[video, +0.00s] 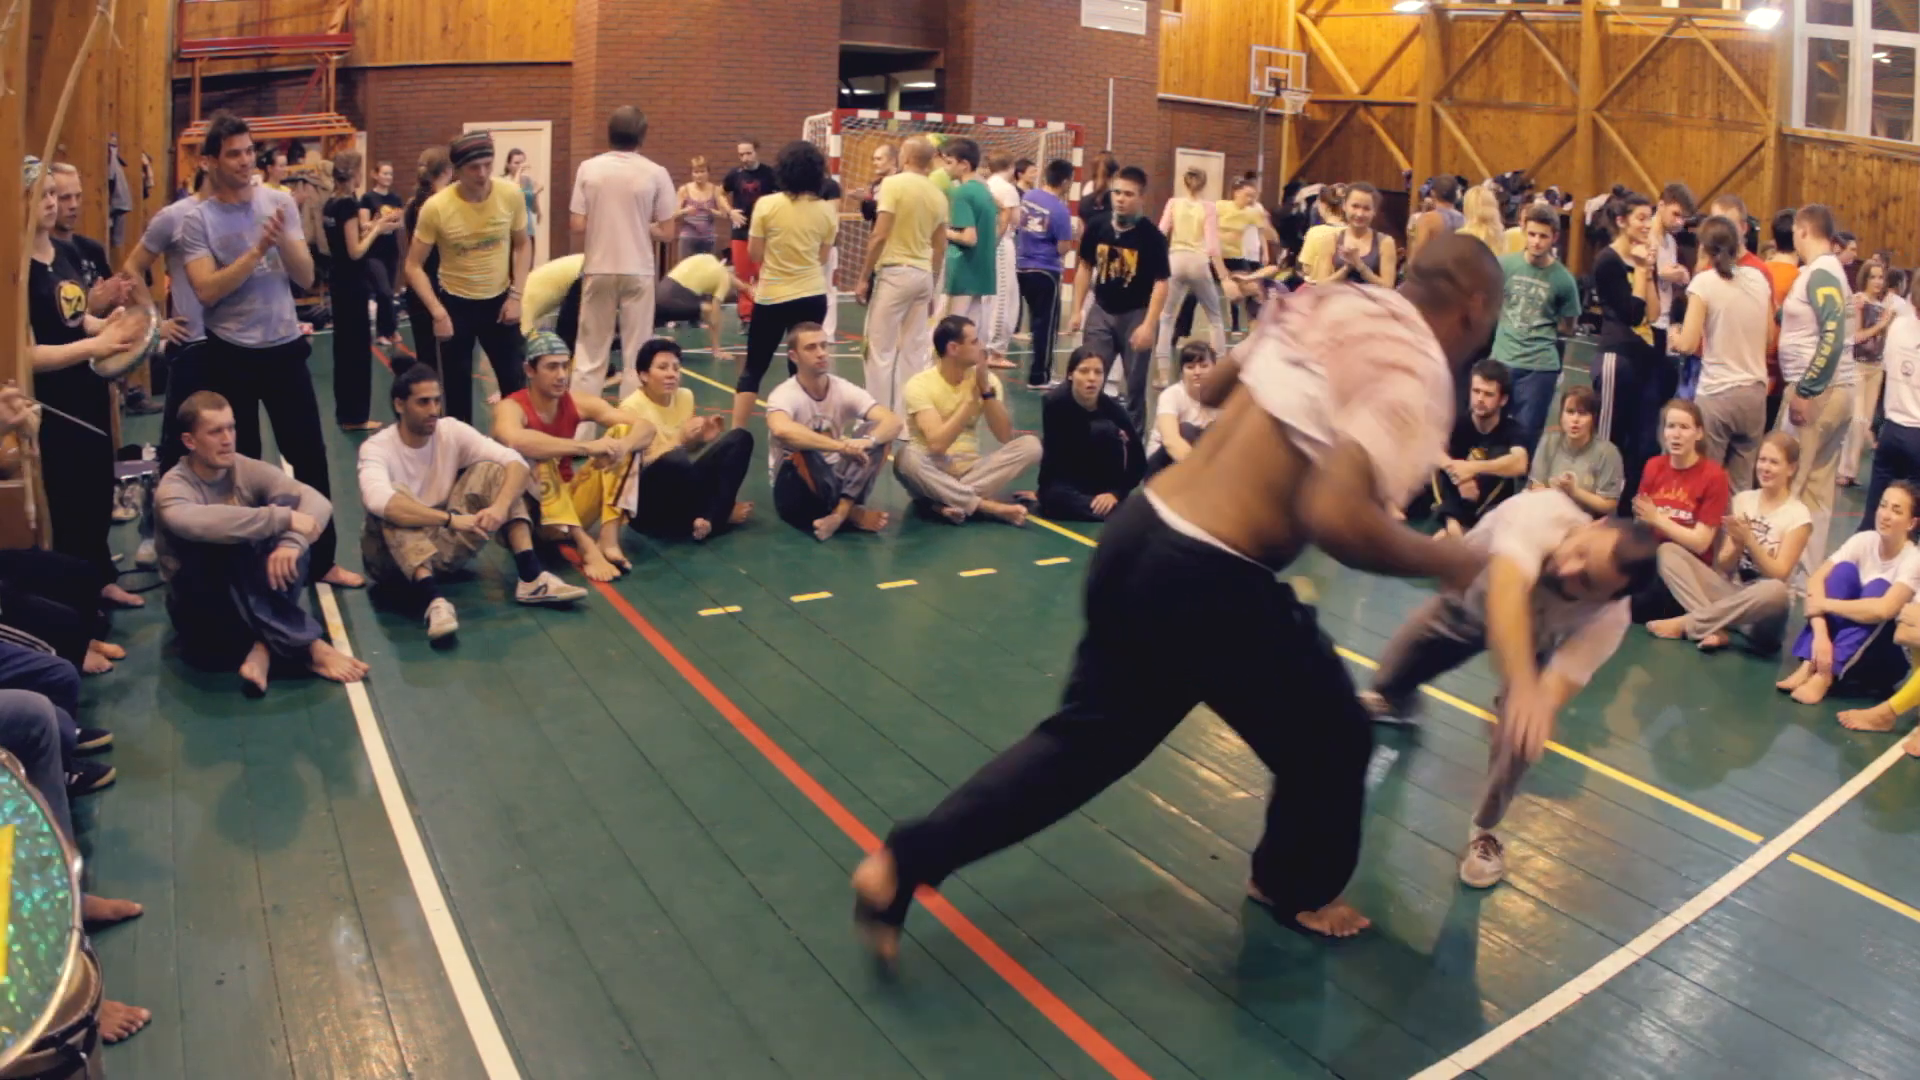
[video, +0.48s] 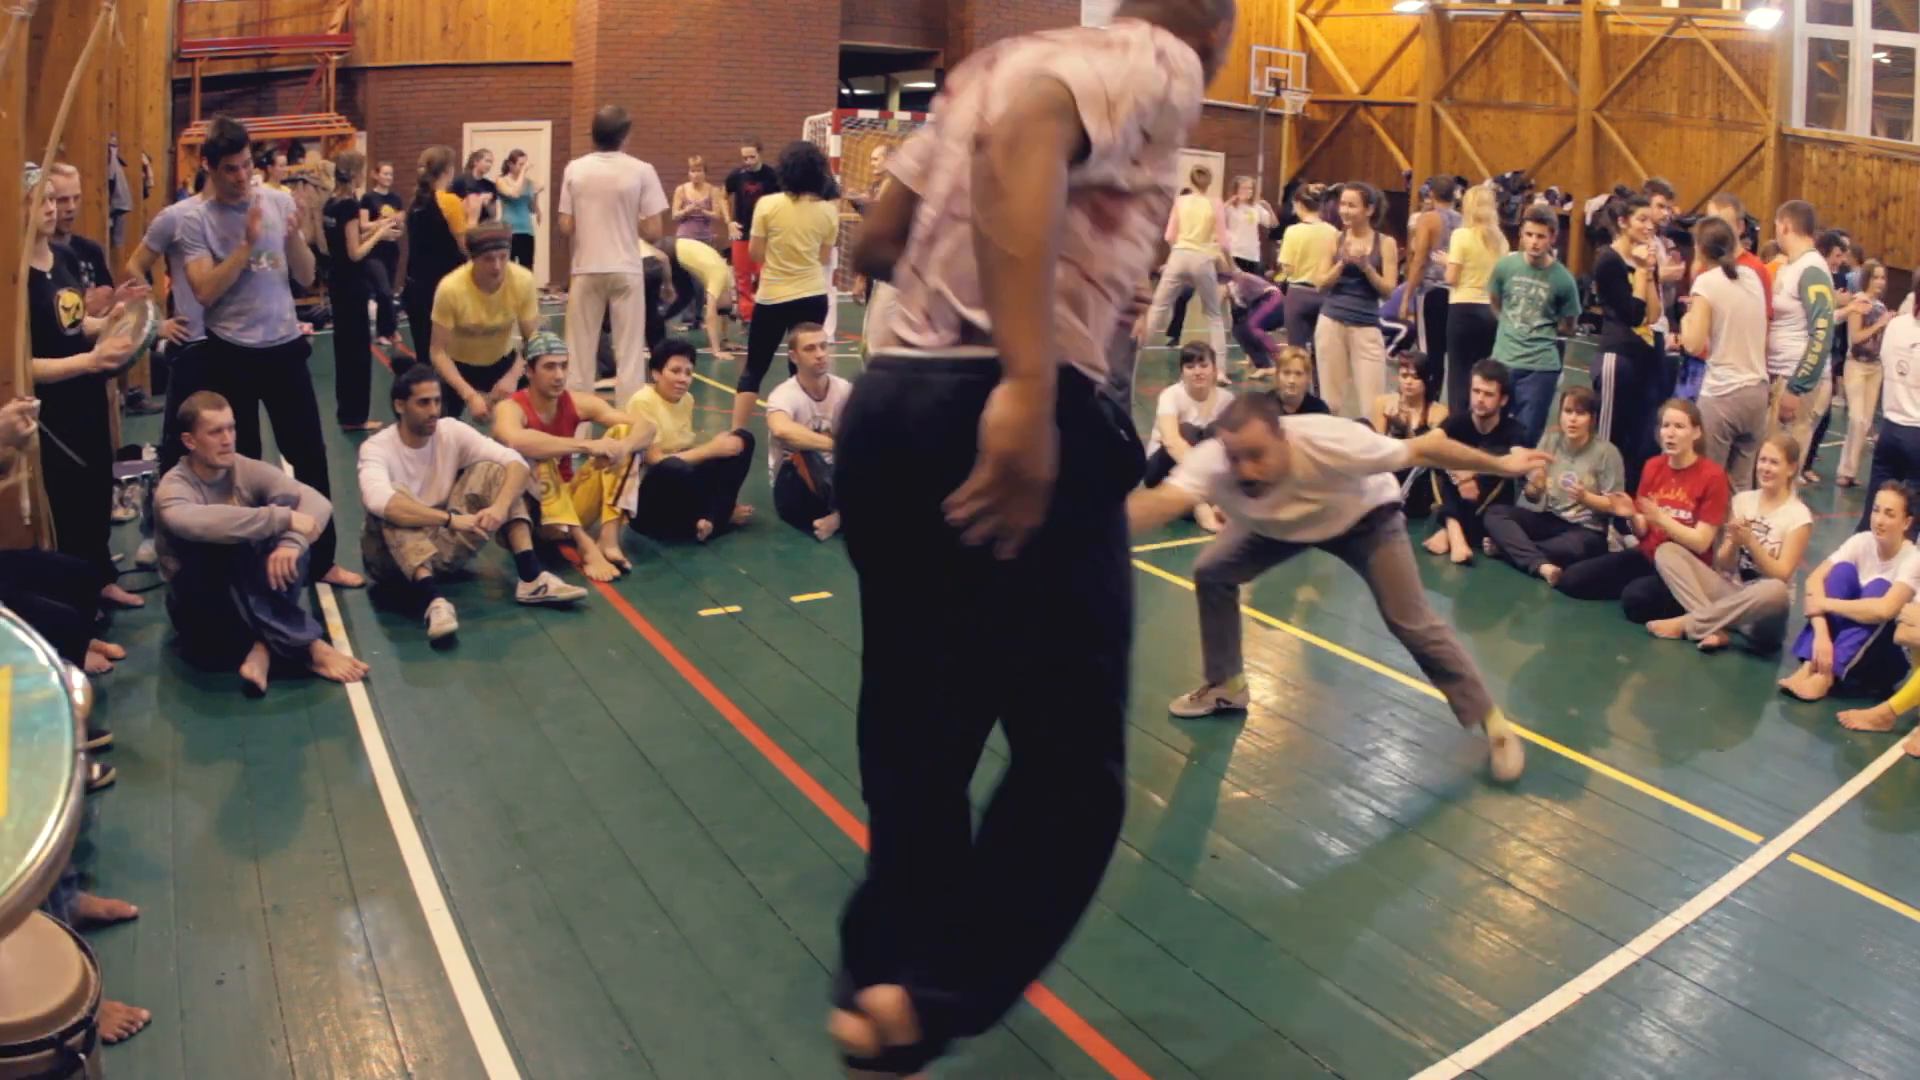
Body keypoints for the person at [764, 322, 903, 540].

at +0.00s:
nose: (821, 354)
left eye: (824, 346)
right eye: (811, 348)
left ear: (829, 348)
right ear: (793, 355)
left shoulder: (842, 389)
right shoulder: (784, 394)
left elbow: (893, 422)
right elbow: (781, 431)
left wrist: (869, 440)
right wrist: (841, 446)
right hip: (797, 500)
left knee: (877, 431)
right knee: (803, 452)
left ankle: (840, 512)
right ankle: (851, 511)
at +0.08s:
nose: (820, 354)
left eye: (823, 347)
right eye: (810, 348)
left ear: (829, 349)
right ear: (793, 355)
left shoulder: (842, 389)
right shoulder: (784, 395)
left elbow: (893, 422)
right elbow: (781, 431)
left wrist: (869, 441)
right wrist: (841, 446)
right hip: (797, 500)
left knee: (877, 430)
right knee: (804, 453)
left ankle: (840, 512)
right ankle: (852, 511)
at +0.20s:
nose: (820, 354)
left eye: (823, 347)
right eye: (810, 348)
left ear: (828, 349)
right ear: (793, 355)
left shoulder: (842, 389)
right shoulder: (784, 394)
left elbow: (893, 422)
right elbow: (781, 431)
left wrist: (870, 440)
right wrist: (841, 446)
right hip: (797, 500)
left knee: (878, 430)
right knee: (804, 452)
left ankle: (840, 512)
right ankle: (852, 511)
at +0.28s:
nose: (820, 354)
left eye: (823, 347)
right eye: (810, 349)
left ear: (828, 349)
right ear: (793, 355)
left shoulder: (842, 389)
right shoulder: (784, 394)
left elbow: (893, 422)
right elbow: (781, 431)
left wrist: (870, 440)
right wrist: (841, 447)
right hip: (797, 499)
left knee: (877, 430)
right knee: (804, 453)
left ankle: (841, 512)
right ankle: (851, 511)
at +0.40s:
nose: (820, 355)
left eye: (823, 347)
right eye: (810, 349)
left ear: (829, 349)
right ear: (793, 355)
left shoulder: (841, 389)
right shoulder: (784, 394)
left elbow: (889, 419)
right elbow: (781, 431)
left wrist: (870, 441)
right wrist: (840, 446)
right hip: (797, 496)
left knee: (876, 437)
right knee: (803, 456)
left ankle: (840, 513)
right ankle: (852, 512)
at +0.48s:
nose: (820, 355)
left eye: (823, 347)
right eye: (810, 349)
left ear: (829, 349)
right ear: (793, 356)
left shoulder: (846, 390)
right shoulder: (783, 394)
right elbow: (780, 430)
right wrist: (836, 445)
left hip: (841, 489)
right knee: (805, 457)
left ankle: (839, 515)